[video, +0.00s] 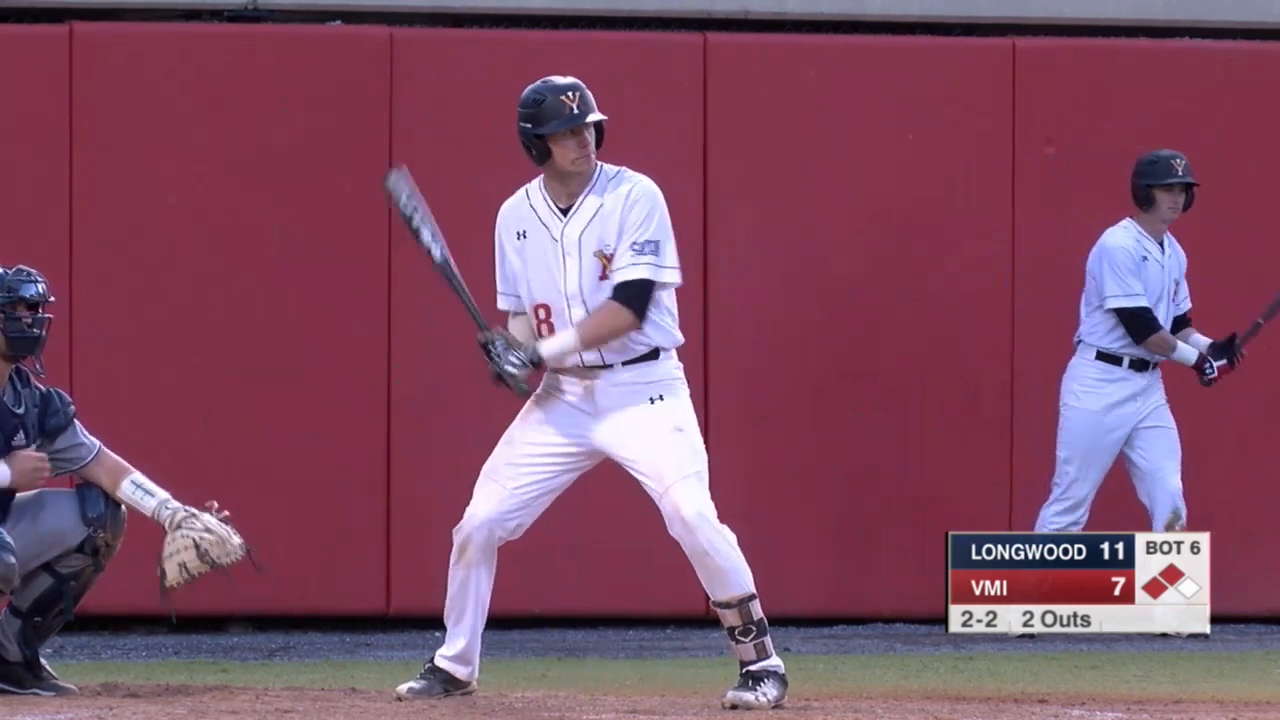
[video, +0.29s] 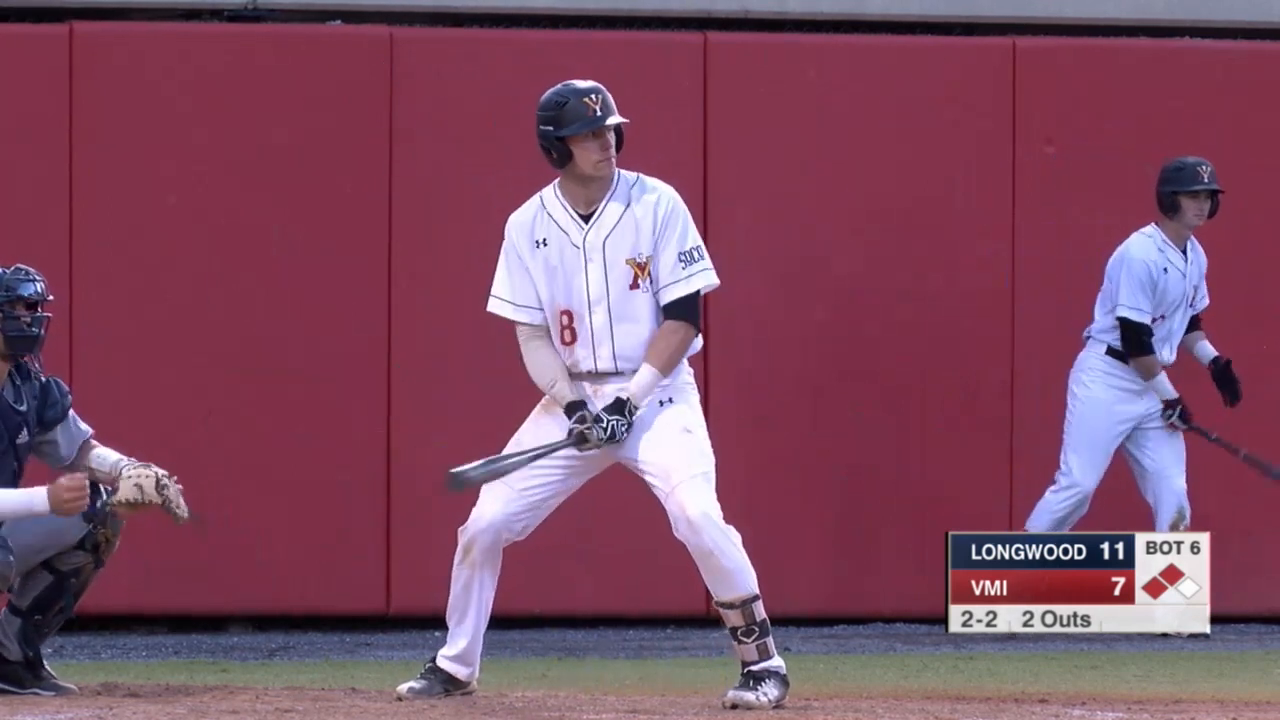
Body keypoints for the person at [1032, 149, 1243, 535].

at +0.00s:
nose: (1178, 198)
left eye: (1183, 190)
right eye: (1169, 189)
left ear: (1188, 196)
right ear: (1145, 191)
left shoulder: (1174, 252)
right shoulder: (1117, 245)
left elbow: (1179, 324)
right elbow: (1142, 330)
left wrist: (1210, 347)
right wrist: (1194, 359)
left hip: (1147, 387)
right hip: (1098, 382)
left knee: (1169, 504)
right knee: (1070, 504)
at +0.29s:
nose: (1204, 206)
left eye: (1208, 198)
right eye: (1195, 197)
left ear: (1213, 203)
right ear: (1170, 199)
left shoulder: (1195, 255)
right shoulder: (1139, 254)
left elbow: (1186, 324)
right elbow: (1134, 340)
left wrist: (1216, 363)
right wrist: (1170, 398)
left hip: (1152, 389)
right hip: (1105, 379)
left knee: (1173, 501)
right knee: (1077, 487)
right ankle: (1019, 566)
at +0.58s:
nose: (1175, 215)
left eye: (1179, 207)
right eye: (1165, 207)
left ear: (1183, 212)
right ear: (1140, 210)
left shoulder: (1174, 264)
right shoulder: (1102, 266)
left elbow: (1172, 330)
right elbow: (1078, 348)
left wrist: (1189, 369)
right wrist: (1080, 408)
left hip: (1135, 398)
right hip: (1081, 391)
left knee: (1165, 505)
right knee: (1047, 496)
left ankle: (1171, 609)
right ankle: (992, 591)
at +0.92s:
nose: (1123, 218)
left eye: (1128, 210)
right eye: (1114, 209)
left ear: (1131, 215)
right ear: (1088, 212)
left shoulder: (1132, 265)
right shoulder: (1047, 266)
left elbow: (1139, 325)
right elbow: (1002, 329)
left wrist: (1147, 365)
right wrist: (967, 369)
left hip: (1101, 400)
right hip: (1042, 396)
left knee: (1140, 502)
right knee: (1024, 496)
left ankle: (1164, 602)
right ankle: (987, 597)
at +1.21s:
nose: (1134, 221)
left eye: (1138, 214)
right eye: (1124, 213)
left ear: (1142, 219)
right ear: (1099, 217)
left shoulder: (1142, 269)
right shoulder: (1058, 270)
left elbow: (1148, 328)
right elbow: (1014, 333)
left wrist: (1157, 371)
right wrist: (986, 384)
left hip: (1108, 403)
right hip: (1050, 398)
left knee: (1146, 506)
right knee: (1031, 500)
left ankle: (1164, 604)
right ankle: (989, 595)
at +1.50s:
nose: (1180, 226)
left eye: (1185, 218)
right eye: (1171, 218)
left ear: (1188, 224)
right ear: (1146, 221)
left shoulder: (1181, 275)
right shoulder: (1108, 275)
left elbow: (1183, 340)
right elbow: (1098, 361)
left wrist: (1193, 384)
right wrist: (1141, 411)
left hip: (1138, 404)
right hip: (1084, 399)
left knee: (1167, 507)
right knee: (1055, 499)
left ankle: (1177, 608)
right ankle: (996, 592)